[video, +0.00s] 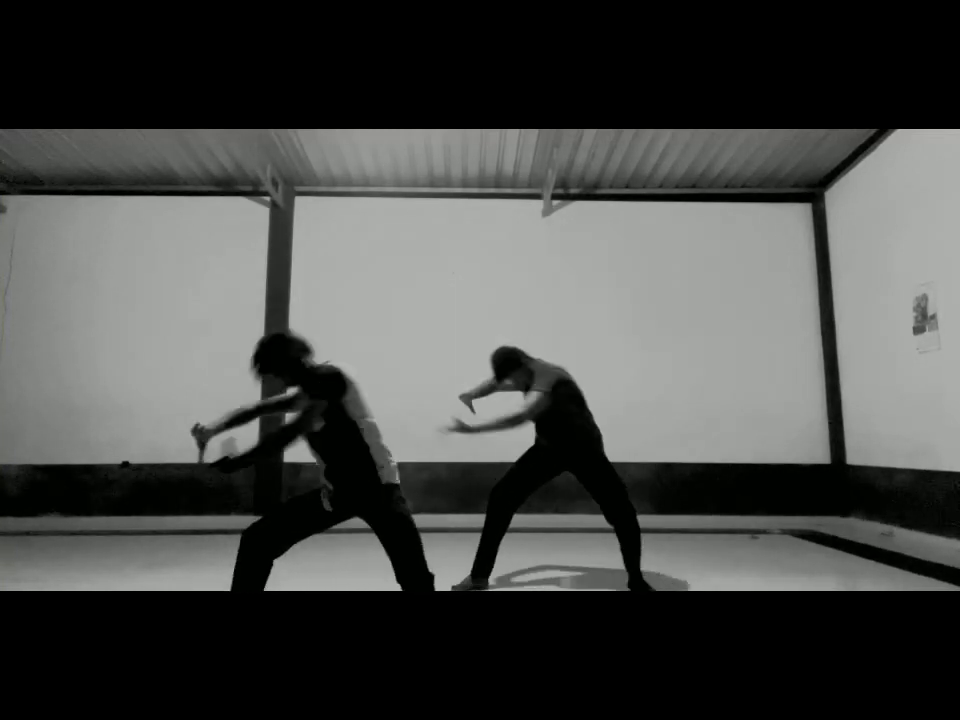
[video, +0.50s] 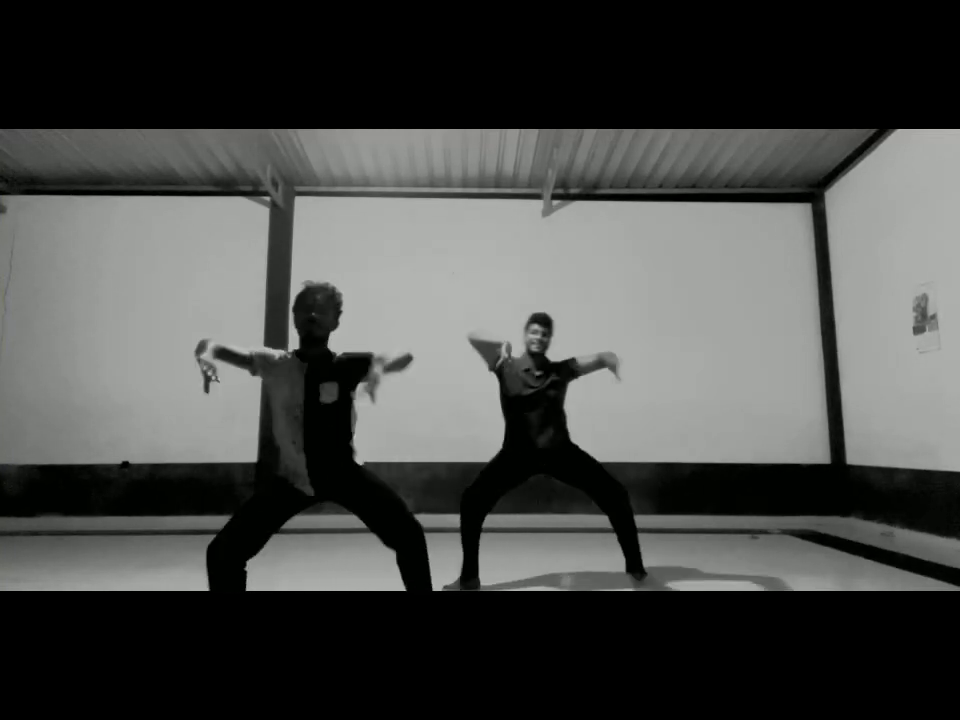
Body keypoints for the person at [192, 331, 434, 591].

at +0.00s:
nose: (274, 381)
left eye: (273, 373)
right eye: (270, 375)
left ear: (285, 366)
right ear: (294, 360)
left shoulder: (331, 381)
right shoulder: (307, 392)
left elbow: (285, 436)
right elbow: (259, 408)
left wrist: (238, 462)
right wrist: (212, 430)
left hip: (378, 492)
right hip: (339, 492)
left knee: (415, 578)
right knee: (258, 542)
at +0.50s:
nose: (311, 315)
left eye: (320, 309)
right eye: (304, 309)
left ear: (336, 320)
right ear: (294, 316)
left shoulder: (348, 366)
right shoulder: (276, 364)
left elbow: (405, 360)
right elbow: (212, 347)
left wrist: (381, 369)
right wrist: (205, 357)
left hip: (344, 477)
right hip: (291, 481)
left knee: (410, 536)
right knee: (223, 554)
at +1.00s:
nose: (365, 308)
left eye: (374, 300)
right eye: (357, 300)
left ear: (387, 305)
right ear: (347, 305)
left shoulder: (405, 360)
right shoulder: (333, 363)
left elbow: (457, 383)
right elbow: (280, 377)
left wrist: (480, 410)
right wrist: (251, 394)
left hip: (390, 474)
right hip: (340, 473)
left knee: (439, 549)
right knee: (269, 539)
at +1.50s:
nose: (365, 330)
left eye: (375, 323)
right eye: (360, 320)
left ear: (387, 328)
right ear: (348, 320)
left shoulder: (395, 378)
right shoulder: (320, 372)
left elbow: (416, 434)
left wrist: (389, 428)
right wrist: (316, 409)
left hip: (376, 489)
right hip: (324, 489)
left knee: (437, 561)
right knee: (245, 558)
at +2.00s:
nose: (417, 386)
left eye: (424, 382)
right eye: (417, 377)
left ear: (423, 381)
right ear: (399, 363)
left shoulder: (412, 414)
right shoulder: (344, 369)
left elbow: (466, 445)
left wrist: (500, 486)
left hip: (356, 480)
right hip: (308, 472)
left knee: (374, 561)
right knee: (262, 551)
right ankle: (228, 588)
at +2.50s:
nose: (432, 288)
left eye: (427, 280)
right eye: (430, 281)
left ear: (393, 286)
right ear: (428, 289)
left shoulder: (374, 321)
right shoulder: (437, 327)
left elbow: (372, 263)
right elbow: (502, 296)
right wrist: (500, 261)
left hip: (379, 451)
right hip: (423, 453)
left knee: (366, 531)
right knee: (427, 548)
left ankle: (356, 587)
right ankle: (403, 597)